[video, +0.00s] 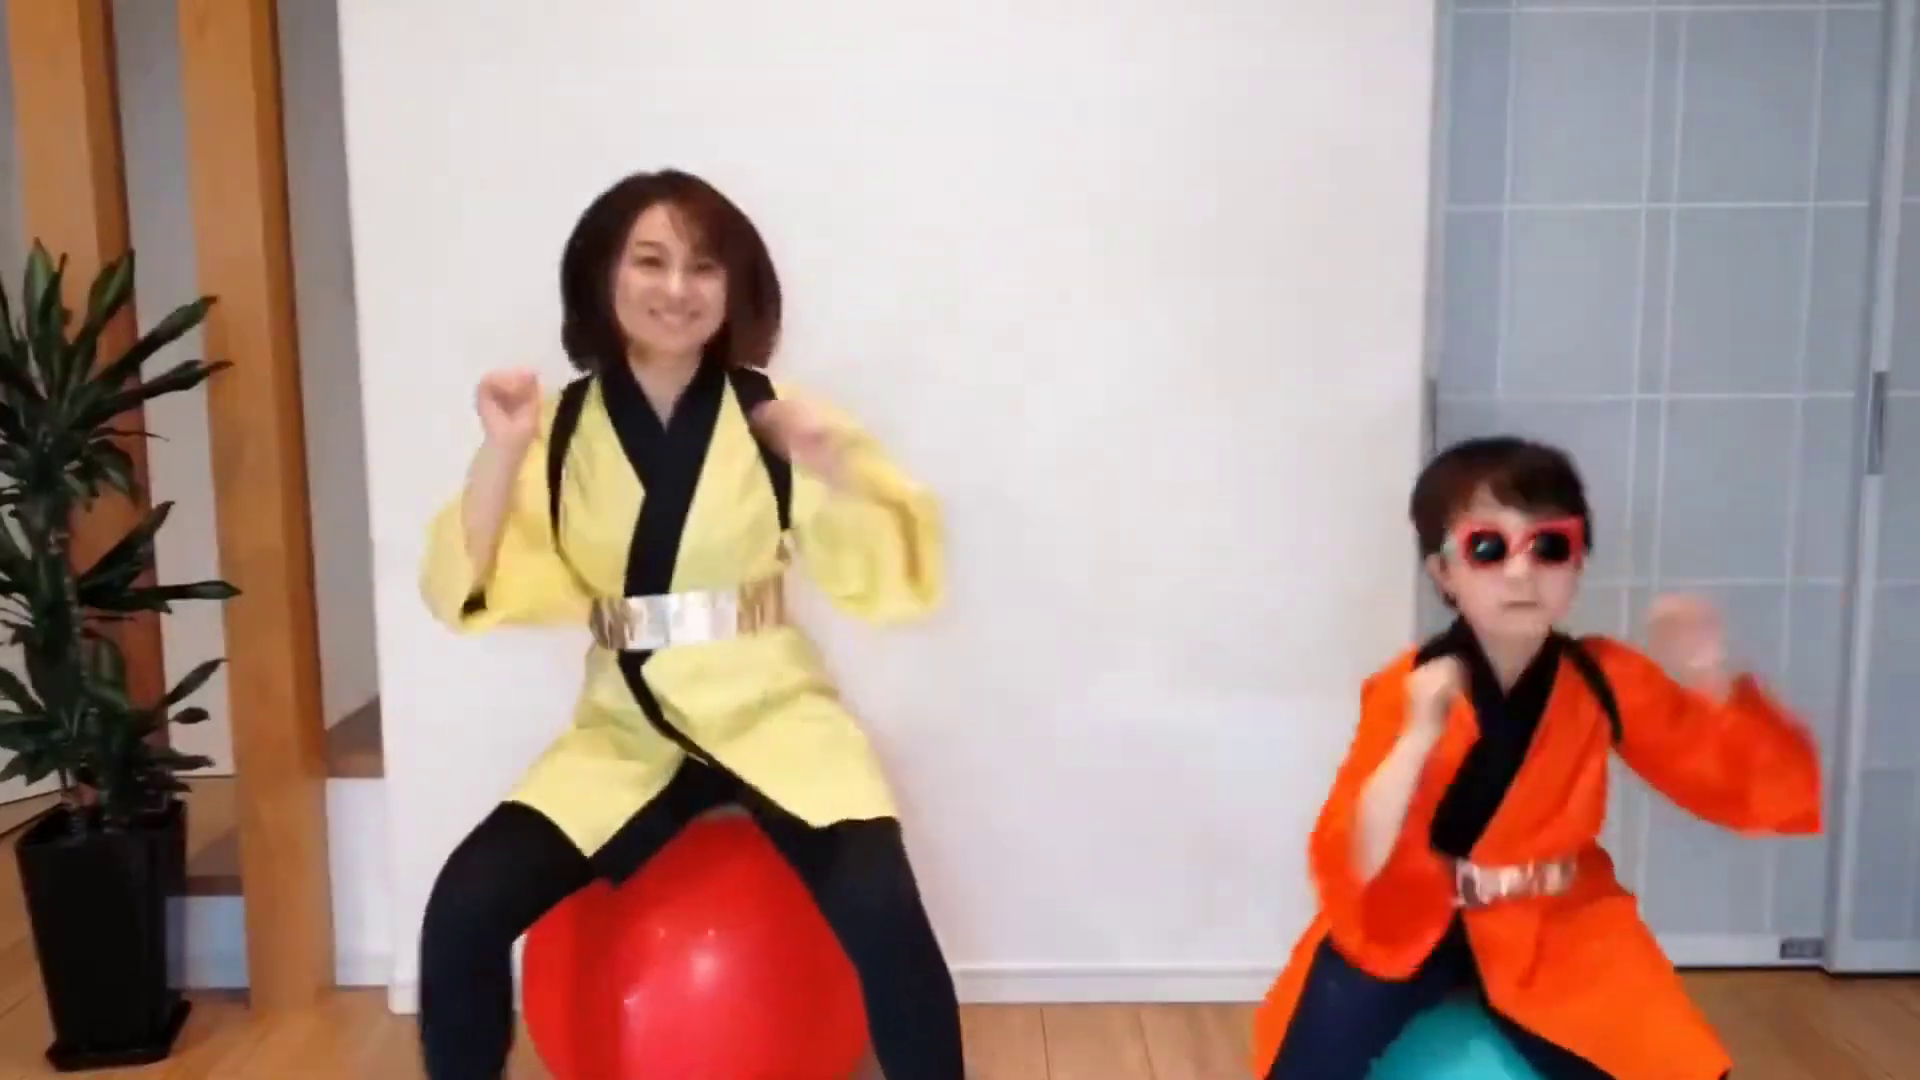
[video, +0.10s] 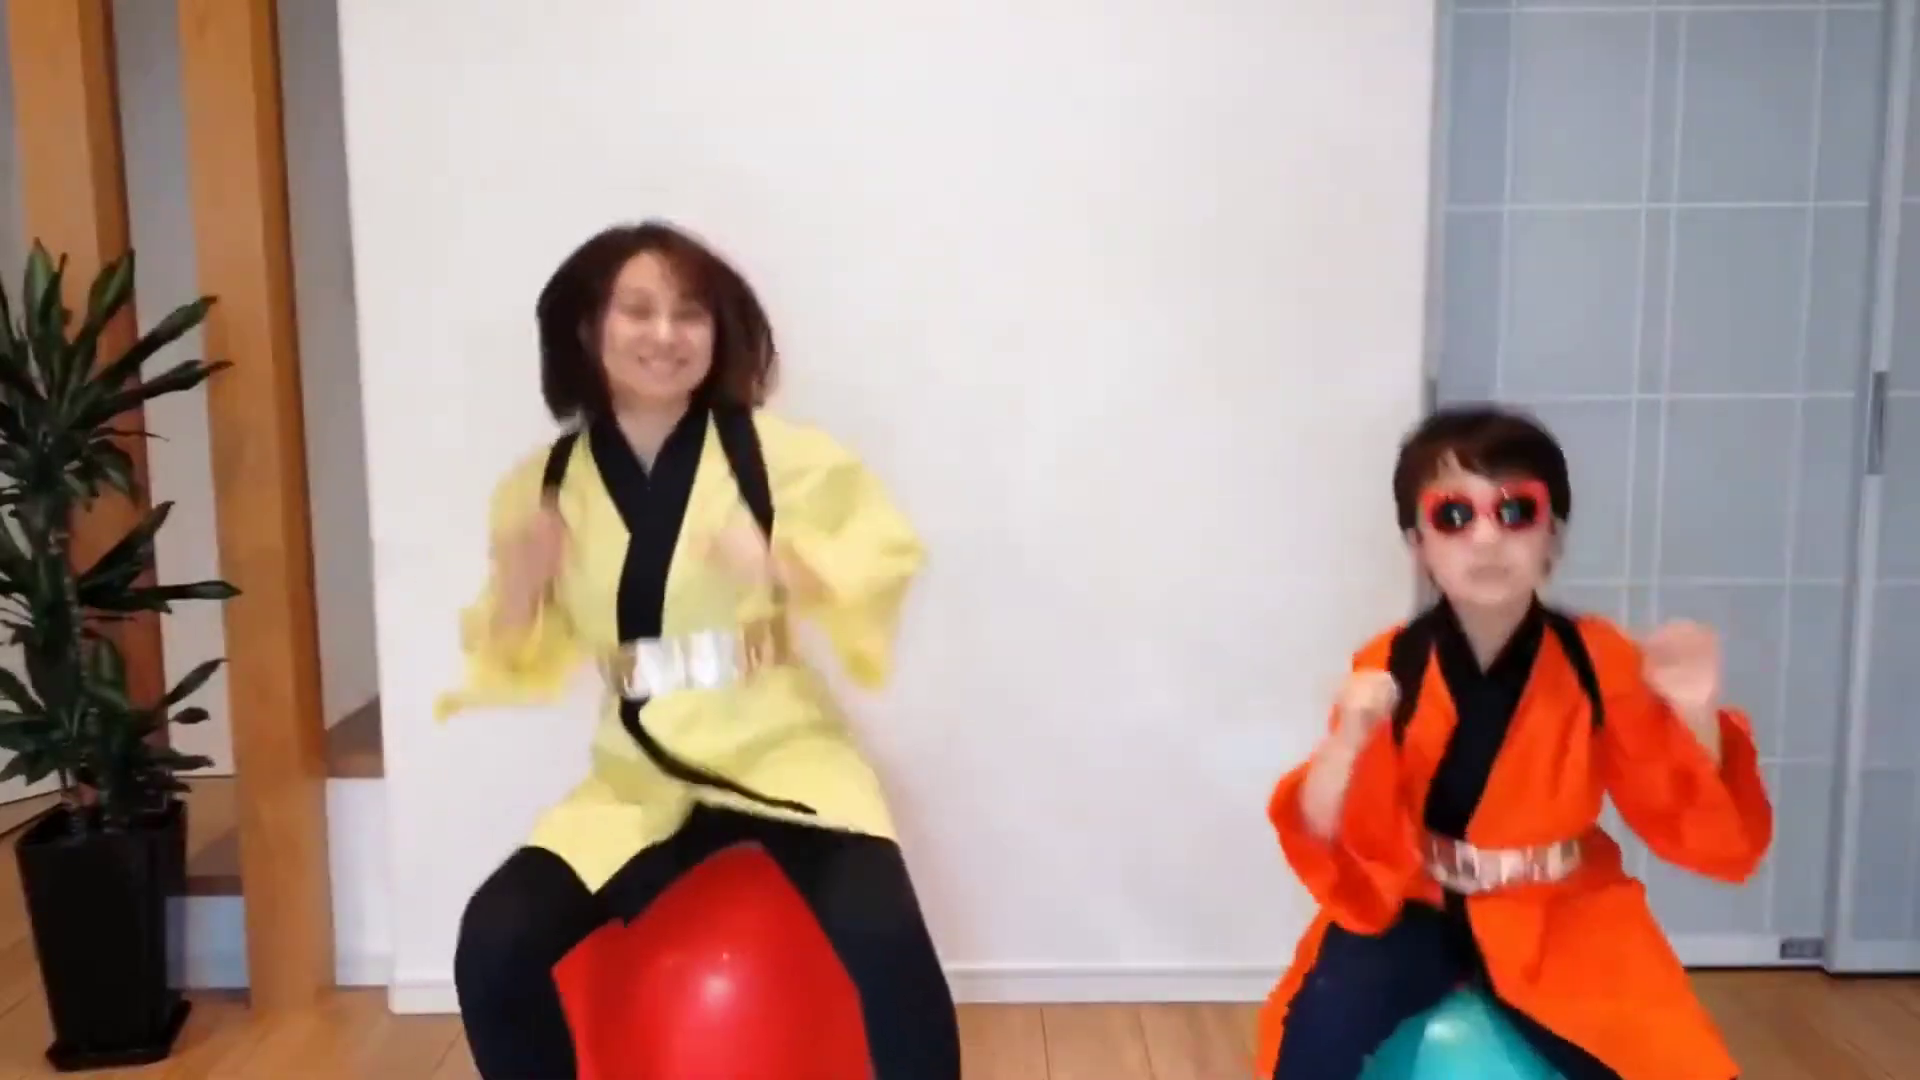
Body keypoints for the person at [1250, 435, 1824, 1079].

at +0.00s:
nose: (1521, 568)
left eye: (1549, 545)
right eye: (1488, 547)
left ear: (1580, 564)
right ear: (1443, 574)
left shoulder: (1604, 679)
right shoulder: (1409, 689)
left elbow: (1767, 791)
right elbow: (1348, 869)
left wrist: (1718, 687)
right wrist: (1416, 742)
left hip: (1551, 923)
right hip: (1412, 918)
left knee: (1661, 1062)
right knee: (1312, 1051)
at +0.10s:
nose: (1486, 537)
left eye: (1516, 508)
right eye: (1452, 513)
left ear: (1554, 533)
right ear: (1418, 546)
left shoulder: (1597, 660)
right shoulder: (1388, 666)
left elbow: (1709, 838)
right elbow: (1316, 835)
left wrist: (1699, 718)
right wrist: (1349, 736)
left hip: (1552, 910)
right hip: (1414, 905)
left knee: (1660, 1059)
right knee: (1313, 1041)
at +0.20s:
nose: (1466, 454)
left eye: (1496, 422)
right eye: (1432, 429)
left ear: (1537, 434)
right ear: (1399, 447)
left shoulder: (1598, 564)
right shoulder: (1381, 569)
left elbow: (1642, 748)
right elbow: (1336, 773)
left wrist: (1691, 726)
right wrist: (1298, 721)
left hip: (1550, 843)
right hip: (1410, 837)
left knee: (1657, 1036)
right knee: (1319, 1004)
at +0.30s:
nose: (1453, 416)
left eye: (1482, 384)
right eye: (1419, 392)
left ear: (1527, 385)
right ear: (1388, 405)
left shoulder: (1588, 520)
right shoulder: (1374, 517)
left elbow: (1653, 658)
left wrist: (1647, 727)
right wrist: (1268, 688)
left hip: (1539, 793)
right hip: (1397, 787)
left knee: (1627, 969)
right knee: (1329, 950)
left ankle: (1666, 1070)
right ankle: (1296, 1063)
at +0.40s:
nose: (1432, 458)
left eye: (1461, 428)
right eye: (1400, 435)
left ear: (1506, 428)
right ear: (1370, 442)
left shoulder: (1561, 560)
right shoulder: (1354, 555)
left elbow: (1619, 709)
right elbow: (1304, 691)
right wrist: (1245, 782)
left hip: (1516, 820)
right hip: (1379, 811)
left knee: (1628, 988)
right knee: (1323, 952)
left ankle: (1666, 1069)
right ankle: (1267, 1066)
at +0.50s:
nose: (1401, 552)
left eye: (1432, 523)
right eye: (1372, 527)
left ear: (1483, 536)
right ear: (1347, 542)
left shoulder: (1528, 677)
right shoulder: (1333, 661)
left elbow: (1540, 851)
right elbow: (1287, 805)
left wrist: (1481, 1018)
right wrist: (1232, 918)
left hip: (1498, 909)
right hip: (1375, 892)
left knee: (1652, 1058)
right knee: (1251, 970)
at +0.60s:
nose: (1368, 578)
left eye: (1401, 554)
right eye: (1343, 554)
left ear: (1453, 577)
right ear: (1322, 572)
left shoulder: (1476, 713)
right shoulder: (1312, 696)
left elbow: (1469, 899)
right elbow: (1273, 834)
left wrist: (1445, 1065)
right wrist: (1226, 953)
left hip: (1479, 944)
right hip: (1369, 920)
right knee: (1204, 989)